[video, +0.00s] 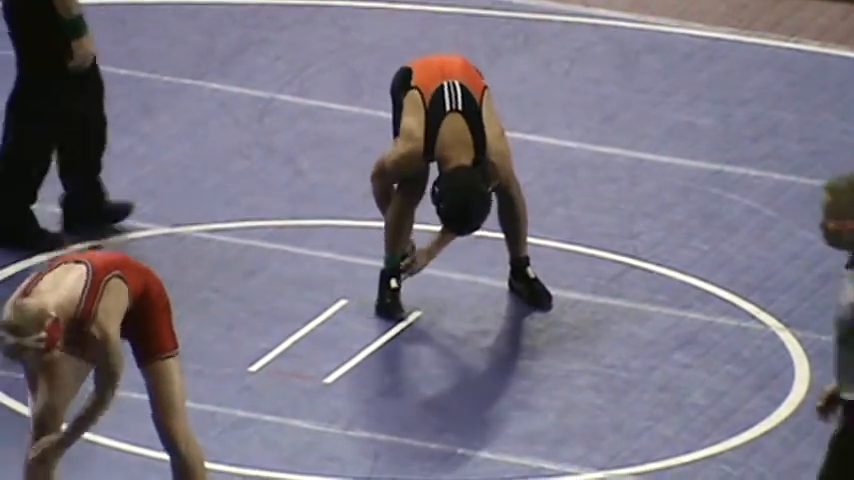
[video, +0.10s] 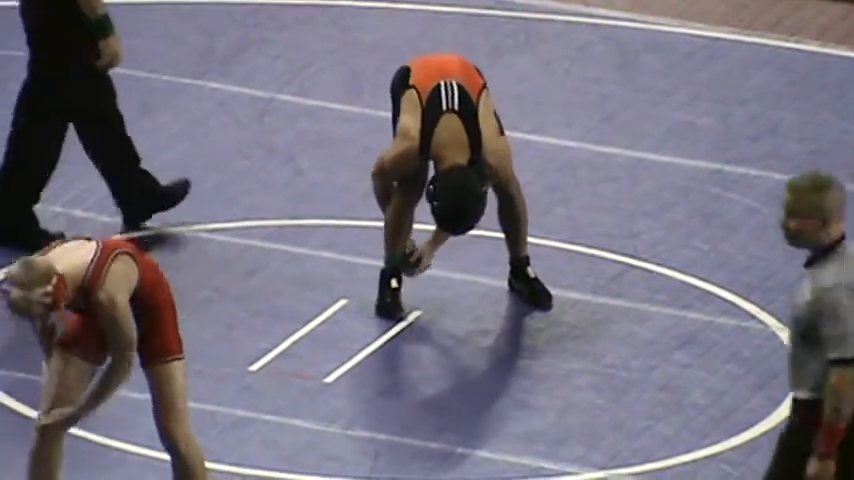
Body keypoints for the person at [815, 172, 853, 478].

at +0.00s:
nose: (824, 224)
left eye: (832, 216)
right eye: (825, 214)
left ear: (850, 222)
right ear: (840, 220)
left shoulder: (848, 281)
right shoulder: (846, 277)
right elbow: (848, 347)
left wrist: (842, 391)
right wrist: (841, 390)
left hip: (850, 415)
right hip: (847, 413)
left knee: (833, 472)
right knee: (832, 471)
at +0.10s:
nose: (784, 223)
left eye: (793, 217)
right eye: (786, 213)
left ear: (822, 224)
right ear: (829, 223)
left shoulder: (834, 285)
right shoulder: (828, 267)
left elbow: (843, 378)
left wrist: (825, 453)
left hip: (819, 417)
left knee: (781, 473)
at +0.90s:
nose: (620, 196)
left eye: (626, 186)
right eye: (608, 187)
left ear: (633, 187)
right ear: (583, 187)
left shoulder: (649, 250)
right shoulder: (556, 231)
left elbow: (673, 332)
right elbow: (543, 292)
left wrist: (653, 411)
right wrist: (517, 355)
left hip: (620, 380)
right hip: (564, 372)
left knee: (605, 470)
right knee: (537, 466)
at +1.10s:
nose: (578, 195)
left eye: (583, 186)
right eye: (567, 186)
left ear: (589, 187)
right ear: (539, 188)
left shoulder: (606, 247)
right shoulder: (510, 229)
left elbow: (632, 327)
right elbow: (496, 295)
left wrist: (627, 410)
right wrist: (480, 363)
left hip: (578, 379)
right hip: (518, 372)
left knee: (567, 471)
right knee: (498, 469)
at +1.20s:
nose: (557, 194)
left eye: (563, 184)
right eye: (547, 184)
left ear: (570, 185)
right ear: (520, 182)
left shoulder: (587, 243)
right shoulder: (489, 225)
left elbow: (614, 321)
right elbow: (471, 292)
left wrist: (610, 404)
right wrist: (455, 360)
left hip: (555, 373)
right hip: (496, 365)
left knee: (539, 467)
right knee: (483, 464)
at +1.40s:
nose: (532, 189)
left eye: (537, 179)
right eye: (520, 181)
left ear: (543, 179)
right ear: (492, 181)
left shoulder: (557, 238)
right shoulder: (457, 225)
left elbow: (585, 317)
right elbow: (434, 288)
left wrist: (572, 396)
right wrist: (410, 356)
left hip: (531, 366)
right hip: (471, 360)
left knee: (506, 465)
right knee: (466, 460)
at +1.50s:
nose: (522, 191)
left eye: (525, 182)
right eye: (509, 183)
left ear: (532, 180)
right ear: (479, 181)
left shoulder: (546, 239)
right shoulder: (444, 227)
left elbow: (575, 318)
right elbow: (421, 290)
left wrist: (560, 396)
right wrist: (396, 358)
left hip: (520, 369)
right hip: (460, 364)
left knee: (496, 468)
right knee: (459, 465)